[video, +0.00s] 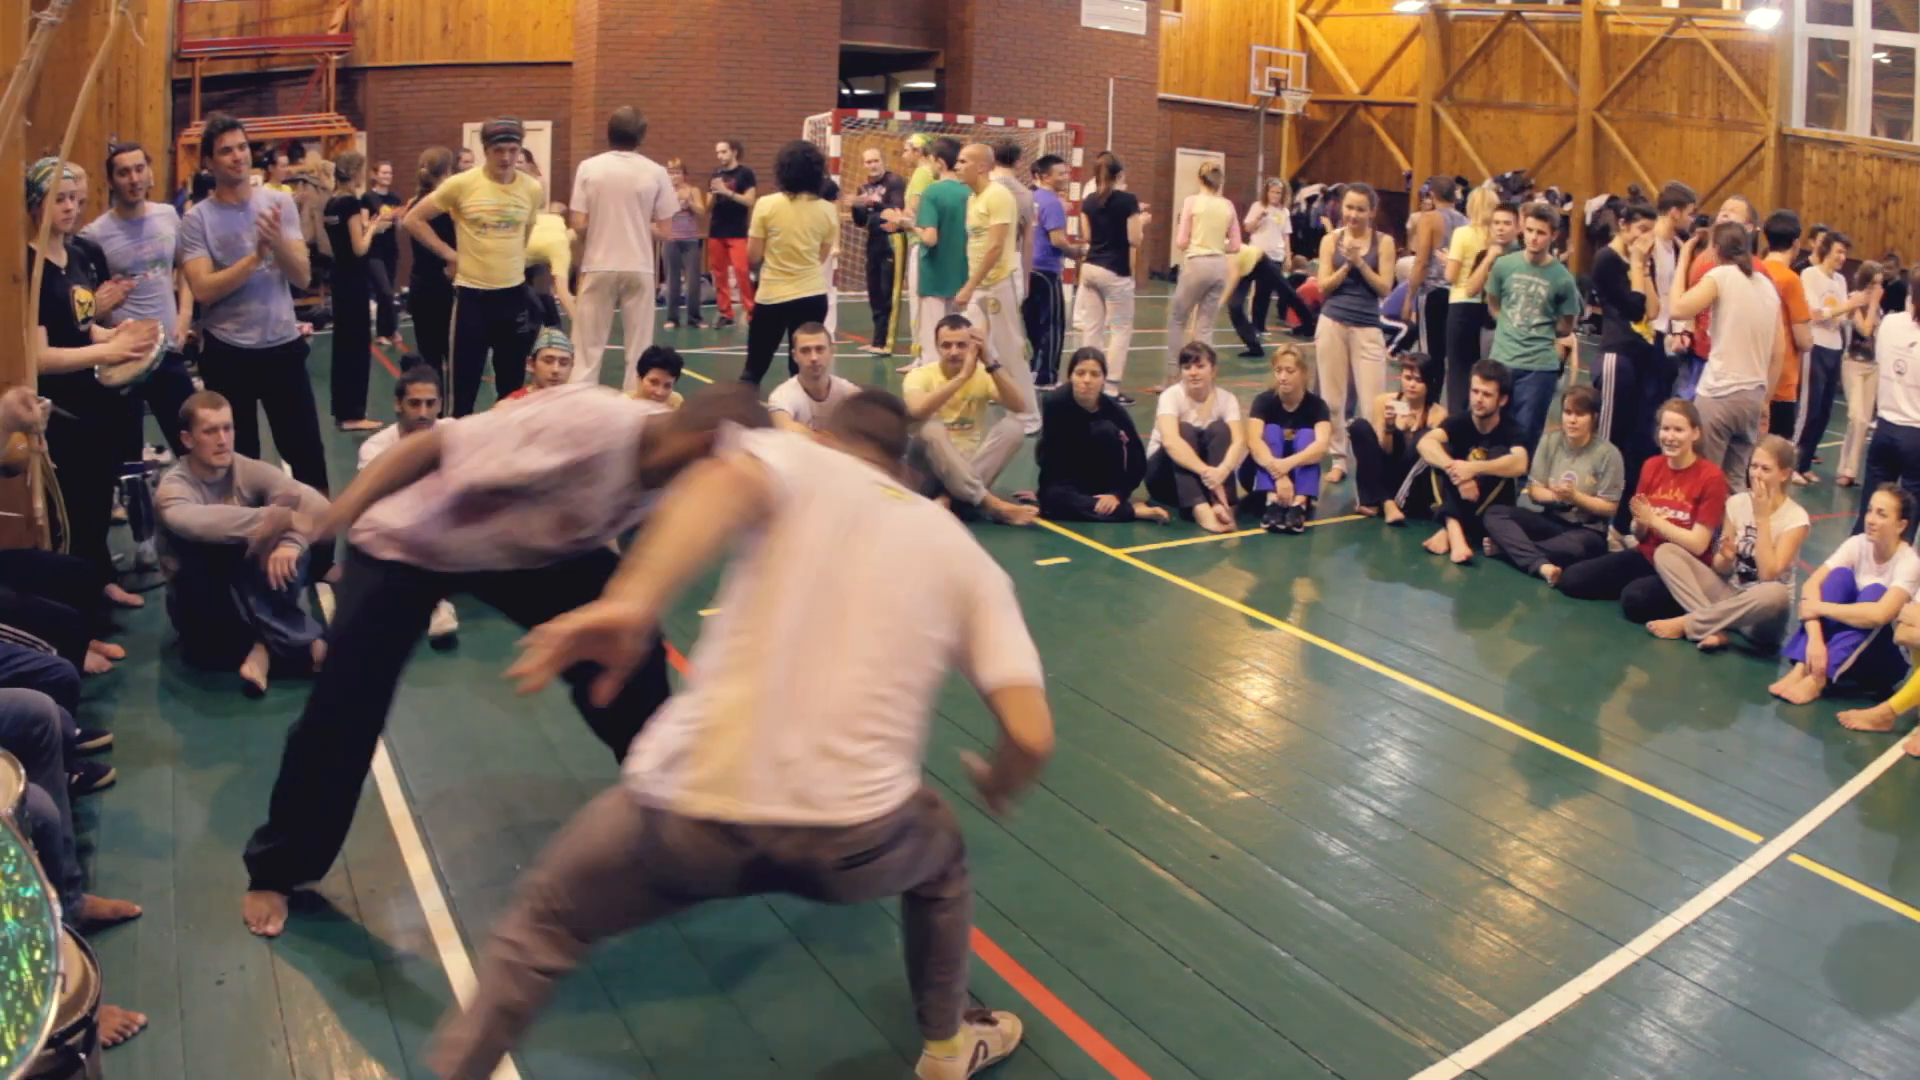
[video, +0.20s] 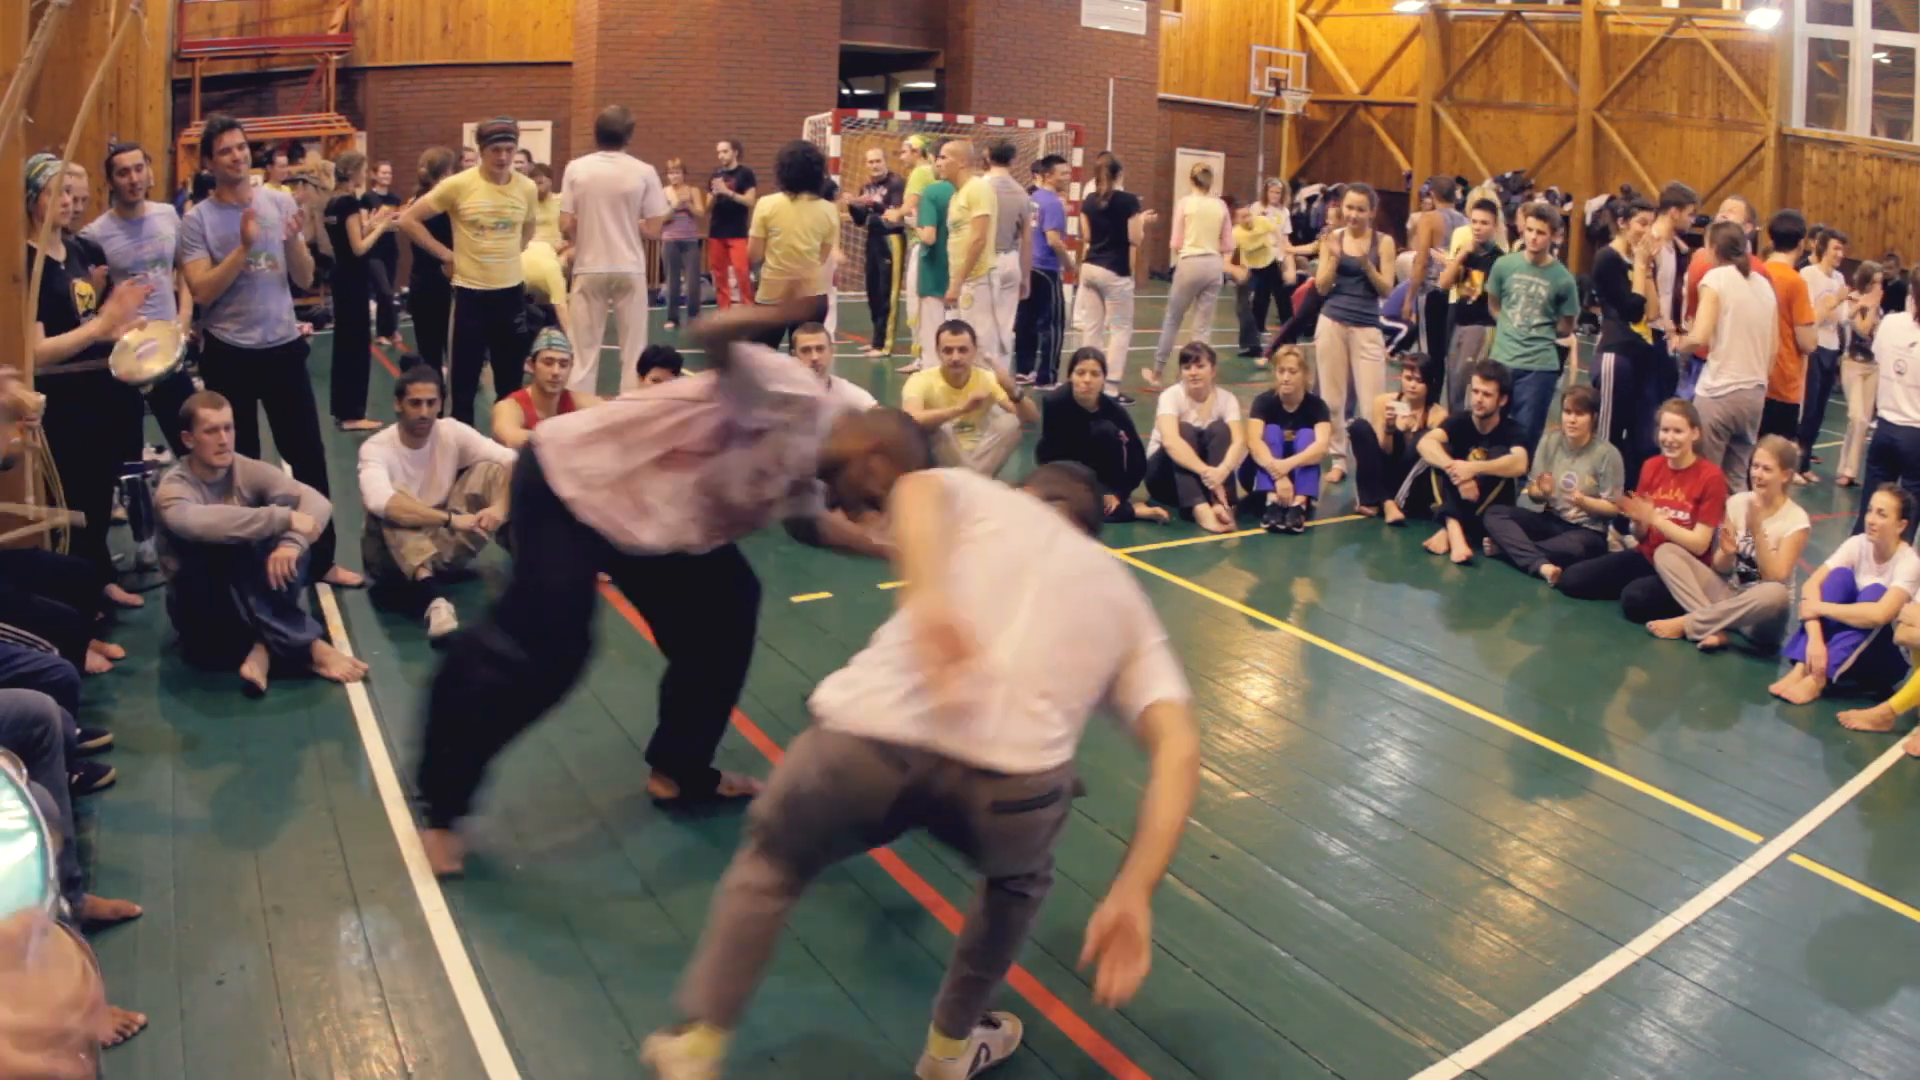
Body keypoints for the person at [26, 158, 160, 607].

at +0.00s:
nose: (73, 207)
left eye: (79, 199)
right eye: (62, 199)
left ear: (85, 202)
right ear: (37, 202)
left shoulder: (83, 255)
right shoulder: (27, 264)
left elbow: (85, 325)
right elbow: (36, 356)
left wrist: (121, 335)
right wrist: (104, 351)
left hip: (96, 392)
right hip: (58, 401)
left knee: (98, 495)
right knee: (71, 499)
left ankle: (102, 577)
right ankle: (77, 591)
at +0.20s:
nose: (70, 202)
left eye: (75, 194)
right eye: (61, 192)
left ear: (79, 200)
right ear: (34, 198)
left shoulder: (80, 251)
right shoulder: (24, 260)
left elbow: (87, 320)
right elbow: (34, 352)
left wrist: (117, 311)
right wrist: (103, 324)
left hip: (99, 379)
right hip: (57, 388)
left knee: (99, 486)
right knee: (73, 490)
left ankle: (101, 575)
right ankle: (77, 589)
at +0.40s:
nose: (72, 202)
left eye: (77, 195)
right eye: (63, 193)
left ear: (81, 200)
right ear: (36, 200)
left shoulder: (83, 253)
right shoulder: (20, 261)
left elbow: (87, 322)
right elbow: (20, 354)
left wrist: (117, 316)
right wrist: (95, 358)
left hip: (98, 393)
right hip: (56, 401)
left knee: (98, 497)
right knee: (73, 501)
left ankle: (101, 578)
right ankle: (79, 592)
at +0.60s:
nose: (78, 205)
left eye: (83, 198)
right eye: (68, 196)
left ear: (87, 202)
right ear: (38, 201)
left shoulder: (76, 253)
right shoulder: (22, 264)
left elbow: (83, 322)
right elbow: (30, 357)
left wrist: (123, 321)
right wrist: (100, 346)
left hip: (92, 390)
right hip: (56, 398)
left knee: (97, 494)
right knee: (72, 499)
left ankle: (101, 578)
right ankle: (79, 595)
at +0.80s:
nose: (77, 203)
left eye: (81, 195)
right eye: (66, 194)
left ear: (84, 200)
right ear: (39, 200)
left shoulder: (74, 253)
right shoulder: (21, 261)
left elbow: (78, 322)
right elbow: (21, 353)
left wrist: (117, 324)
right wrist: (93, 361)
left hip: (92, 393)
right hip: (54, 399)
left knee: (96, 494)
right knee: (71, 498)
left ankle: (100, 576)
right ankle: (78, 590)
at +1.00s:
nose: (79, 203)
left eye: (84, 194)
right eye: (68, 194)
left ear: (88, 199)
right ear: (41, 200)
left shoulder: (80, 254)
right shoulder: (27, 263)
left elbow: (86, 322)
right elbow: (35, 354)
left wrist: (112, 315)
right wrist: (104, 335)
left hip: (93, 387)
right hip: (57, 397)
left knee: (97, 495)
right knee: (76, 500)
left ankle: (101, 576)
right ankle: (82, 593)